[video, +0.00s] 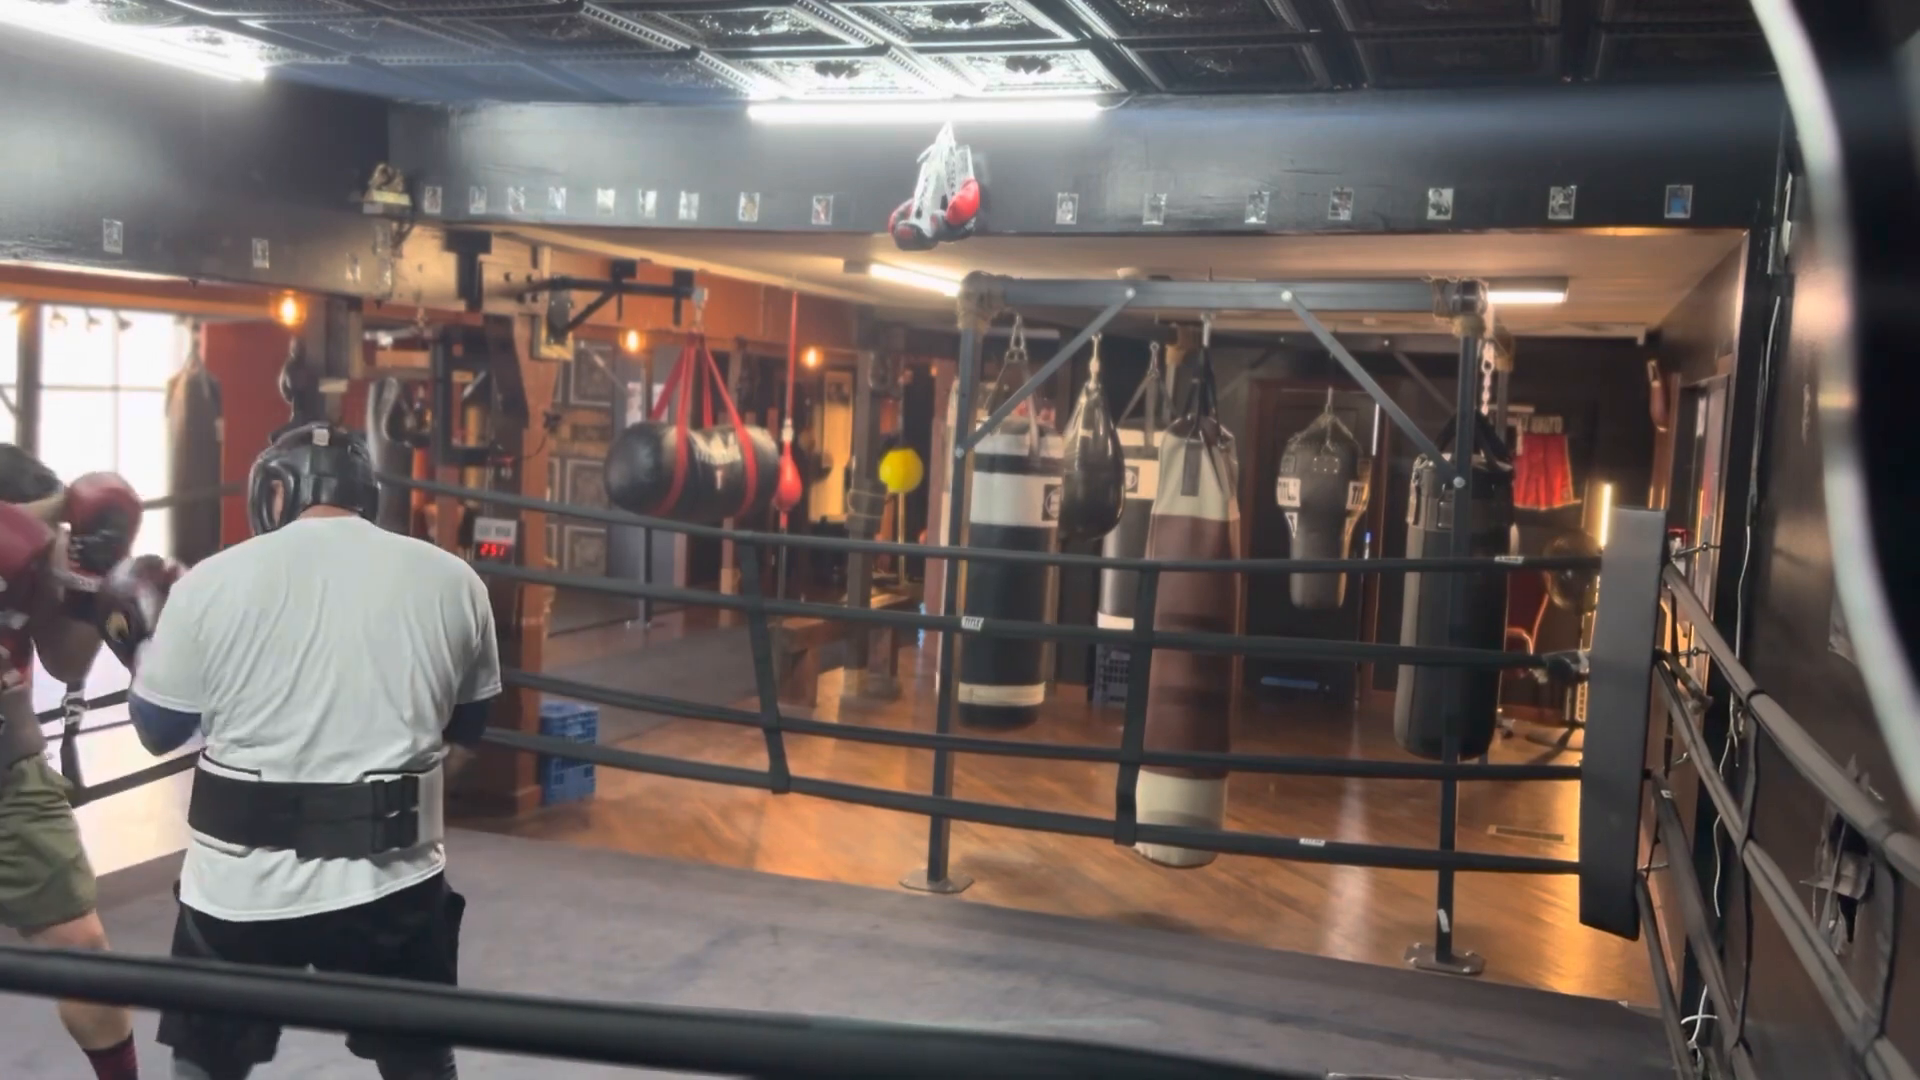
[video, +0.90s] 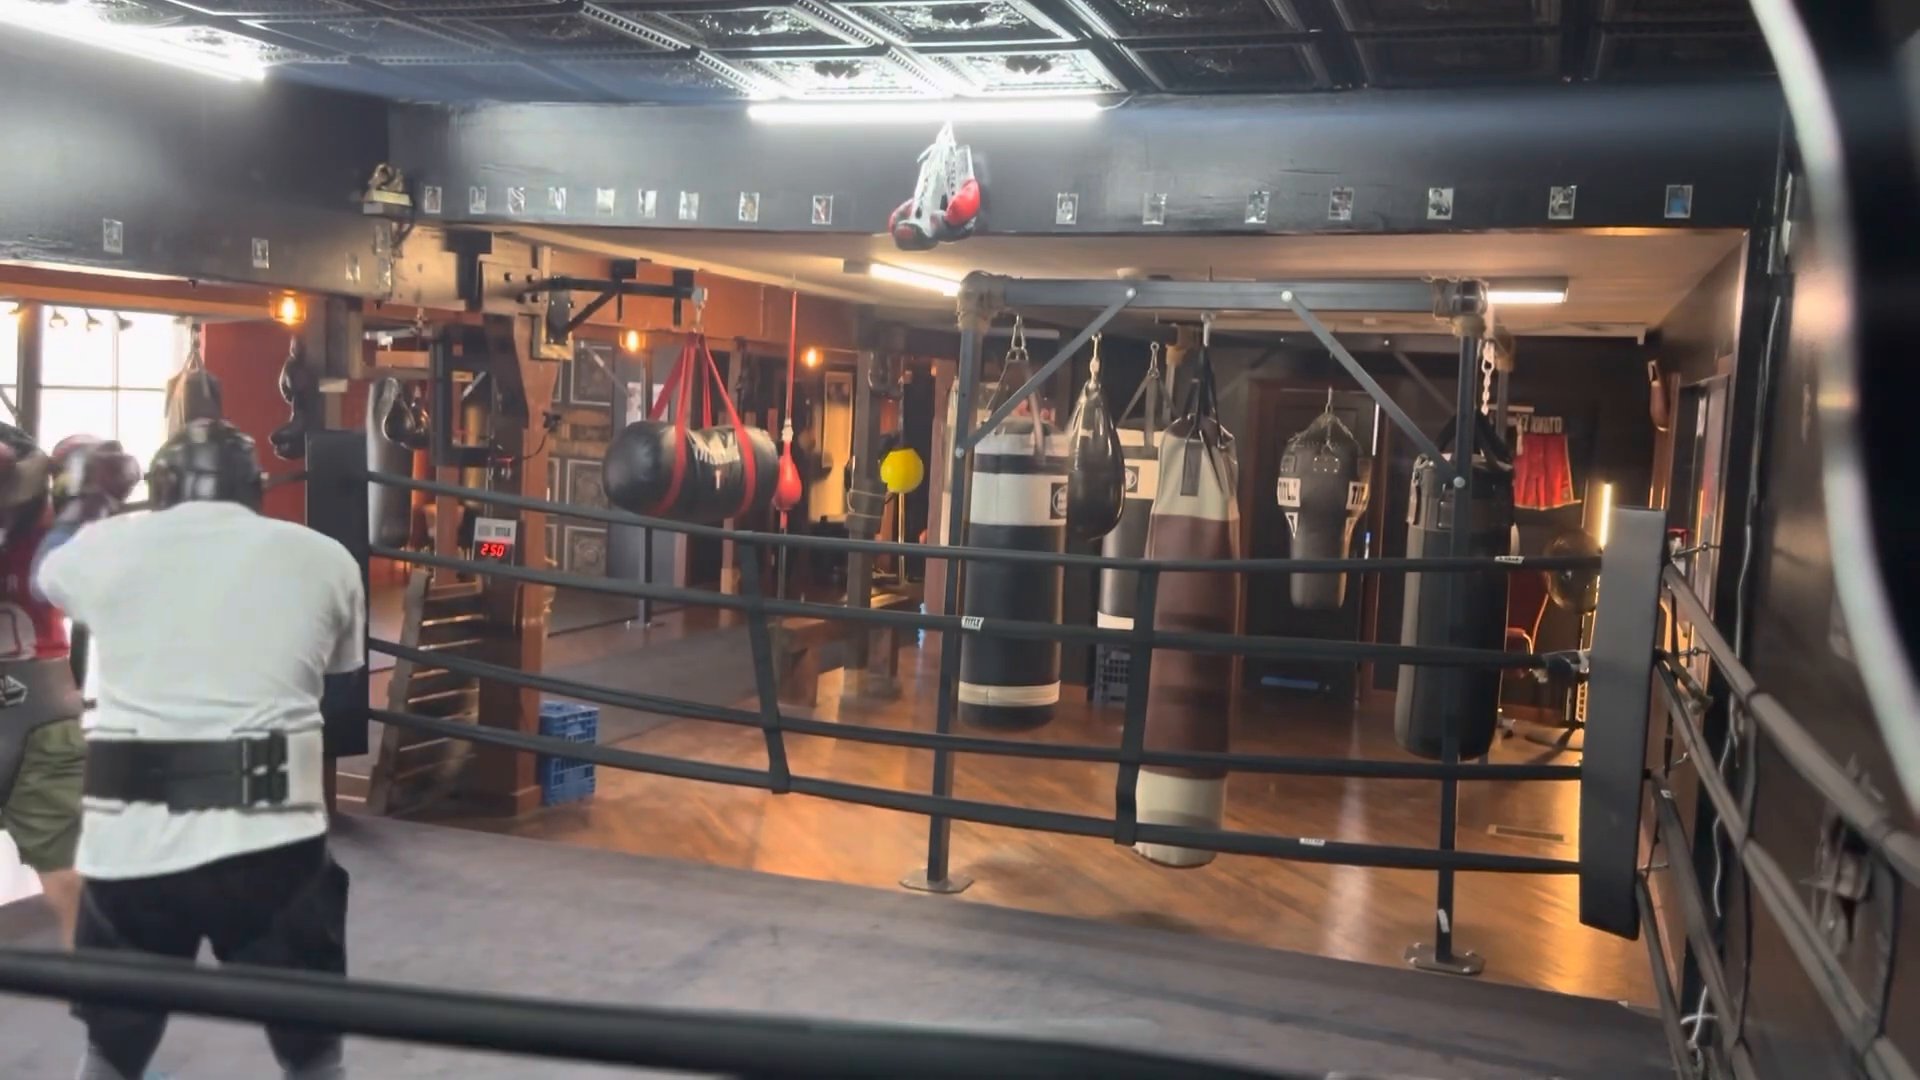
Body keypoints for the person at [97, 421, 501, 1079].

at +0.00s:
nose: (255, 508)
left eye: (260, 494)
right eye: (258, 495)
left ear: (277, 494)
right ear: (369, 497)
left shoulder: (211, 583)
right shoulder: (450, 580)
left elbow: (159, 728)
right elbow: (466, 725)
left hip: (240, 896)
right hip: (393, 895)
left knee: (204, 1062)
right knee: (420, 1063)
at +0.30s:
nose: (194, 529)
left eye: (199, 518)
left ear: (216, 515)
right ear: (303, 511)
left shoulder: (164, 587)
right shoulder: (389, 585)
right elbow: (418, 725)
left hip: (199, 896)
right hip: (350, 894)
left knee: (154, 1061)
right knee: (395, 1066)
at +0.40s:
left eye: (141, 517)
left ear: (161, 519)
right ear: (253, 513)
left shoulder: (112, 592)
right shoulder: (342, 584)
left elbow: (51, 694)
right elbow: (361, 716)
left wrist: (89, 569)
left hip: (167, 905)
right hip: (318, 899)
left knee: (130, 1054)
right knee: (368, 1055)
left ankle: (120, 1060)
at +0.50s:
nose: (103, 522)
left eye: (110, 509)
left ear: (127, 514)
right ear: (219, 507)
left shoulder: (80, 591)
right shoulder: (302, 569)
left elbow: (33, 728)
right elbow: (294, 686)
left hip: (142, 893)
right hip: (291, 882)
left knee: (115, 1052)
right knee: (341, 1051)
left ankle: (111, 1060)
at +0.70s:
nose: (93, 513)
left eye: (97, 502)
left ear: (110, 504)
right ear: (207, 499)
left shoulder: (56, 576)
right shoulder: (292, 559)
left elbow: (8, 663)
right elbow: (289, 673)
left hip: (126, 861)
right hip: (273, 850)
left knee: (109, 1058)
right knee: (323, 1046)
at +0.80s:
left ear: (135, 495)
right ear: (228, 489)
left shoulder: (83, 558)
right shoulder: (301, 553)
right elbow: (329, 659)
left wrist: (70, 506)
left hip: (131, 857)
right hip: (273, 850)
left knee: (110, 1058)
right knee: (318, 1048)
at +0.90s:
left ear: (162, 489)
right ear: (253, 490)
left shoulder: (110, 547)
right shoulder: (325, 559)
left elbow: (49, 574)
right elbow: (340, 675)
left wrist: (88, 506)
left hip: (132, 855)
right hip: (276, 853)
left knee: (109, 1052)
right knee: (313, 1055)